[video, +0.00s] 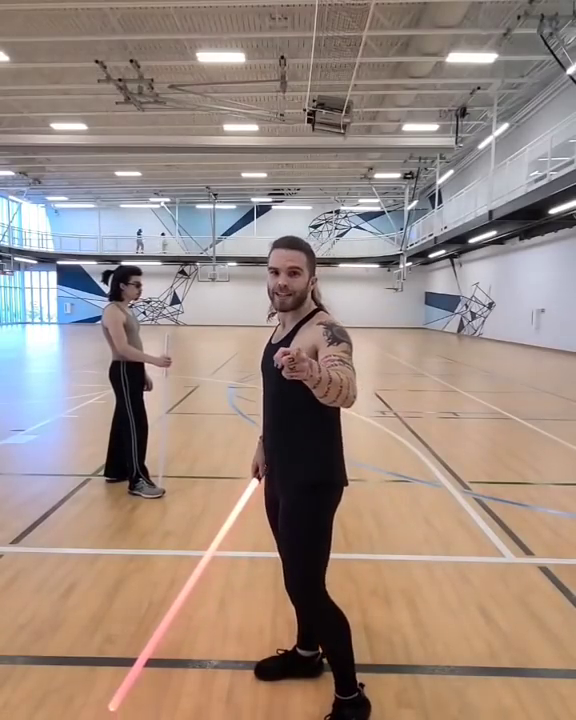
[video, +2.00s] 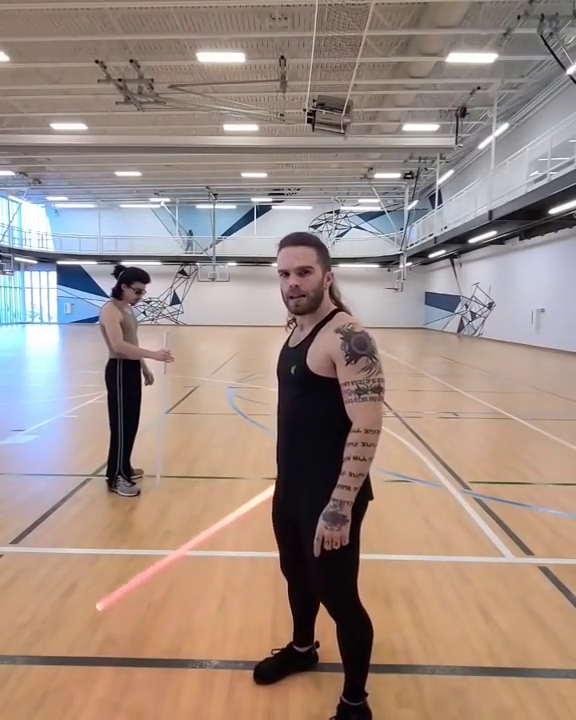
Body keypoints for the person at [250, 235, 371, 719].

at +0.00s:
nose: (282, 281)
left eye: (293, 272)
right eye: (275, 272)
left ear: (312, 277)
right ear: (267, 277)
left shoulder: (327, 331)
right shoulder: (282, 327)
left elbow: (346, 392)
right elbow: (280, 399)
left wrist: (312, 374)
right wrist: (263, 446)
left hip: (314, 476)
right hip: (281, 470)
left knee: (310, 589)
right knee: (296, 571)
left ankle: (350, 694)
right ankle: (307, 651)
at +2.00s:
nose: (293, 283)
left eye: (304, 273)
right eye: (284, 274)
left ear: (327, 276)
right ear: (277, 279)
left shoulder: (347, 336)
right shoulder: (297, 329)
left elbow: (367, 428)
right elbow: (300, 416)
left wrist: (339, 507)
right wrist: (287, 479)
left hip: (332, 491)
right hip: (293, 484)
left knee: (340, 596)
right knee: (298, 571)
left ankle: (354, 698)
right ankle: (303, 646)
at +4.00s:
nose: (327, 274)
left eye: (340, 265)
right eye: (328, 264)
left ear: (374, 277)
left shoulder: (409, 340)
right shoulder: (320, 326)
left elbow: (405, 432)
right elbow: (273, 382)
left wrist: (335, 472)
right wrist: (214, 378)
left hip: (377, 494)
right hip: (322, 483)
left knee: (368, 605)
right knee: (290, 565)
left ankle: (367, 700)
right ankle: (297, 642)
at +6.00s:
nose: (274, 283)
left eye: (286, 275)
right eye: (269, 274)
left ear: (312, 280)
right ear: (263, 276)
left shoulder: (322, 331)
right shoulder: (281, 331)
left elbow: (331, 375)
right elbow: (271, 412)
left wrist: (296, 385)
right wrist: (255, 462)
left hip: (303, 483)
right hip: (268, 478)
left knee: (298, 599)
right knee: (280, 574)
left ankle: (342, 690)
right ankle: (289, 655)